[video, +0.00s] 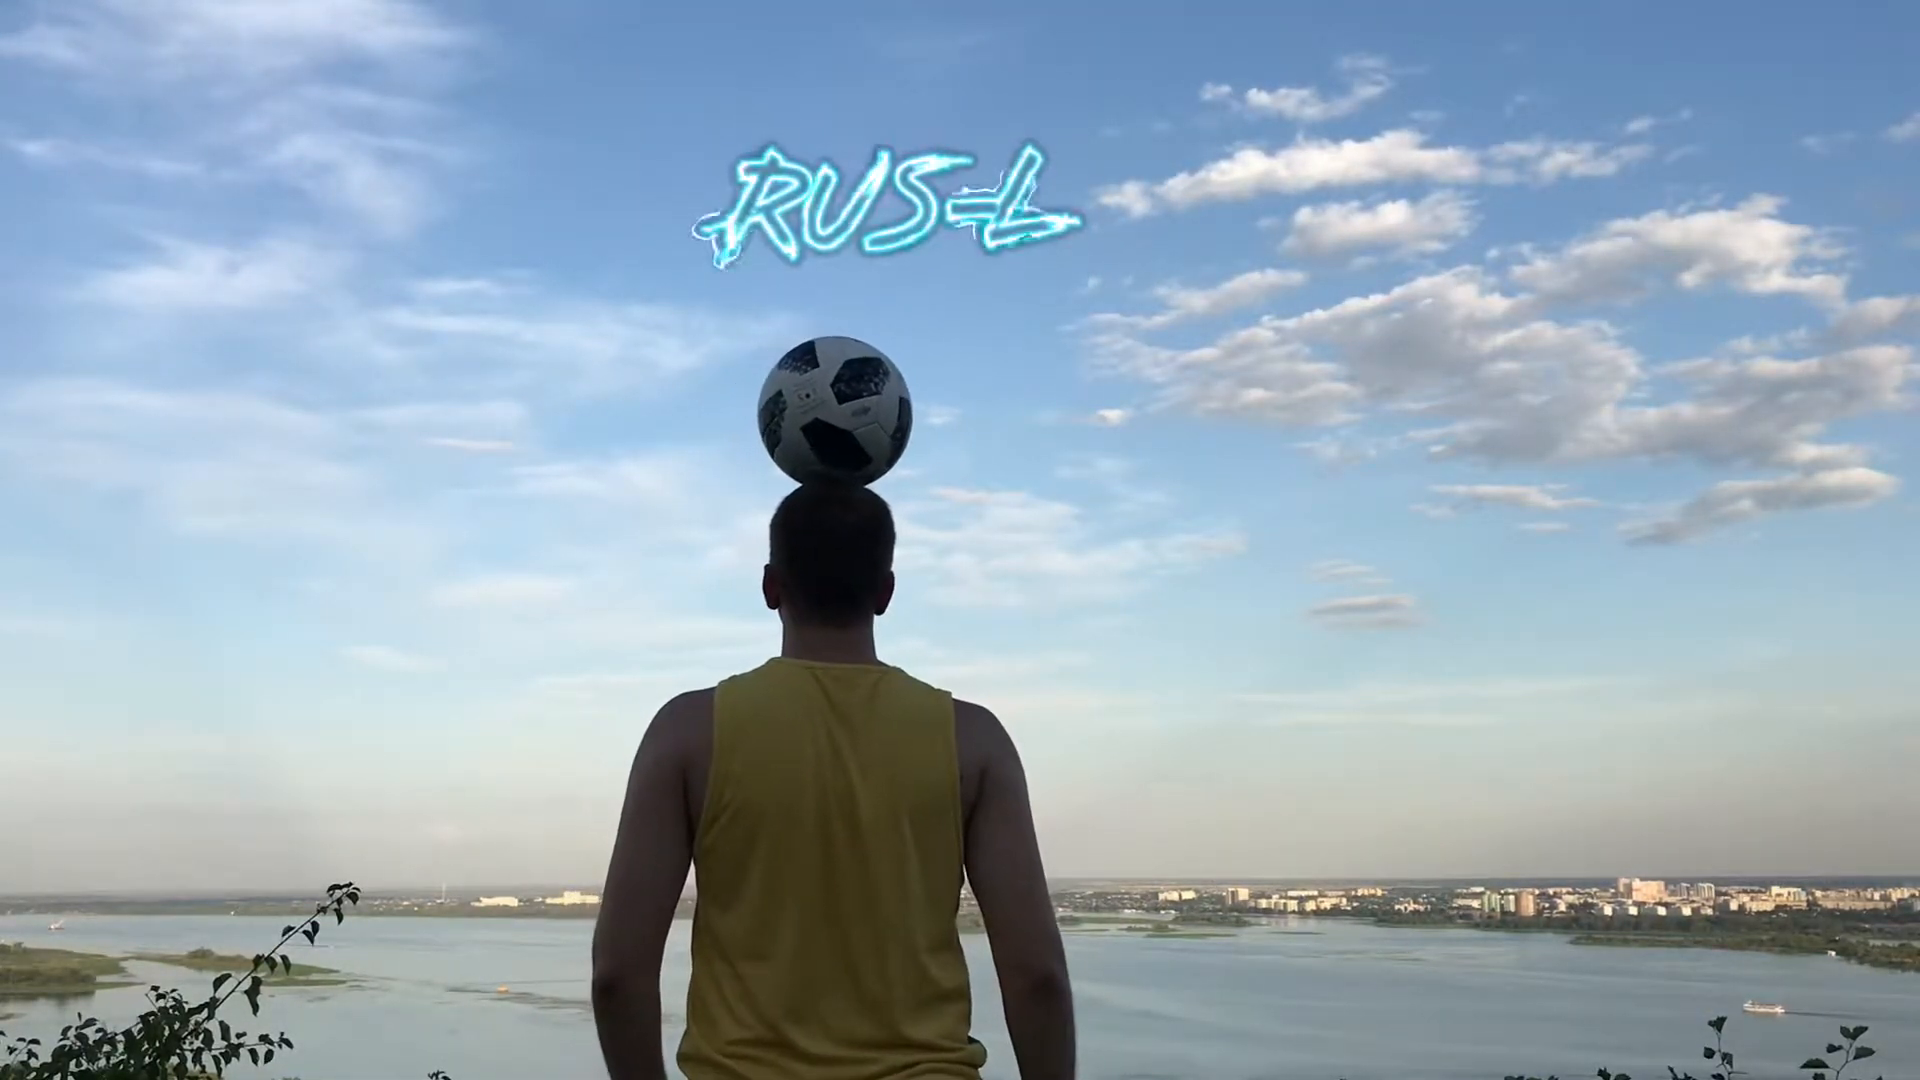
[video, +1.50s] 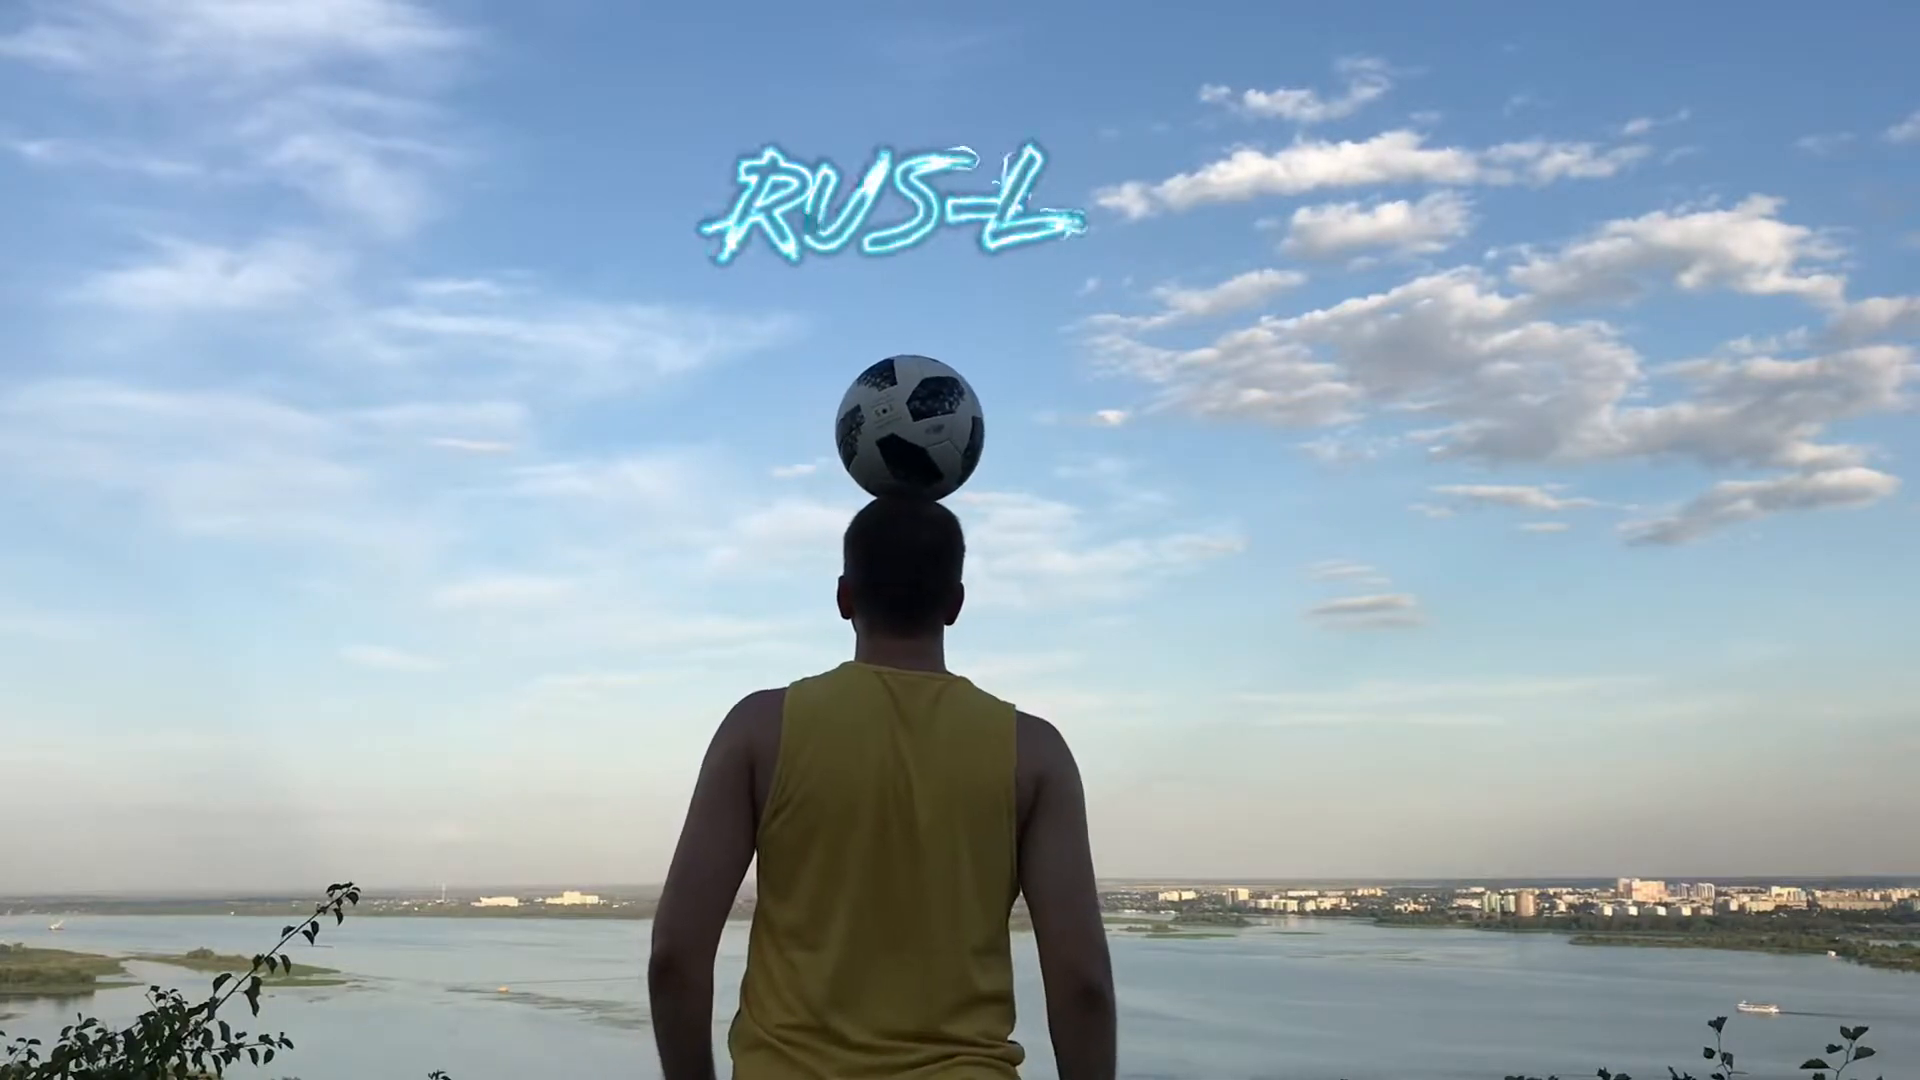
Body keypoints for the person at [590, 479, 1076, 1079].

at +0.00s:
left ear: (771, 585)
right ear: (887, 590)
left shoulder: (690, 728)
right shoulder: (971, 736)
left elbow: (618, 976)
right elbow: (1038, 979)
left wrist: (643, 1073)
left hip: (739, 1060)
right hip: (926, 1062)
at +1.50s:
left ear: (843, 597)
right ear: (958, 603)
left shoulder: (760, 726)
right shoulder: (1031, 747)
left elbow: (675, 958)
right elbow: (1083, 985)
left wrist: (693, 1071)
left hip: (788, 1058)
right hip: (966, 1061)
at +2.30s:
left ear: (940, 604)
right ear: (1051, 609)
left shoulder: (866, 730)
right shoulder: (1132, 750)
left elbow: (785, 952)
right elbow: (1193, 986)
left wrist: (805, 1071)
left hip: (884, 1058)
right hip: (1060, 1062)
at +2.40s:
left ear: (922, 601)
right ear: (1033, 607)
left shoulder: (849, 729)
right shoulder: (1116, 747)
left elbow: (768, 953)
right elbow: (1177, 983)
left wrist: (789, 1071)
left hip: (874, 1058)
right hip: (1049, 1061)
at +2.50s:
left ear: (888, 600)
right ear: (999, 603)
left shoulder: (819, 734)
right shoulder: (1088, 742)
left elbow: (743, 963)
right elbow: (1155, 975)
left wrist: (765, 1074)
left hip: (856, 1061)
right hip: (1034, 1063)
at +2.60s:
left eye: (838, 582)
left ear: (841, 598)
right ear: (955, 602)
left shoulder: (775, 737)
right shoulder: (1045, 737)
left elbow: (709, 975)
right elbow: (1123, 963)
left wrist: (734, 1076)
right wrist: (1137, 1075)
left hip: (829, 1062)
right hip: (1009, 1063)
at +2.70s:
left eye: (801, 577)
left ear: (800, 591)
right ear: (915, 598)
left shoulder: (729, 736)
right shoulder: (1002, 734)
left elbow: (672, 981)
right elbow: (1086, 958)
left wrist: (698, 1075)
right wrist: (1107, 1074)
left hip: (796, 1060)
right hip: (974, 1061)